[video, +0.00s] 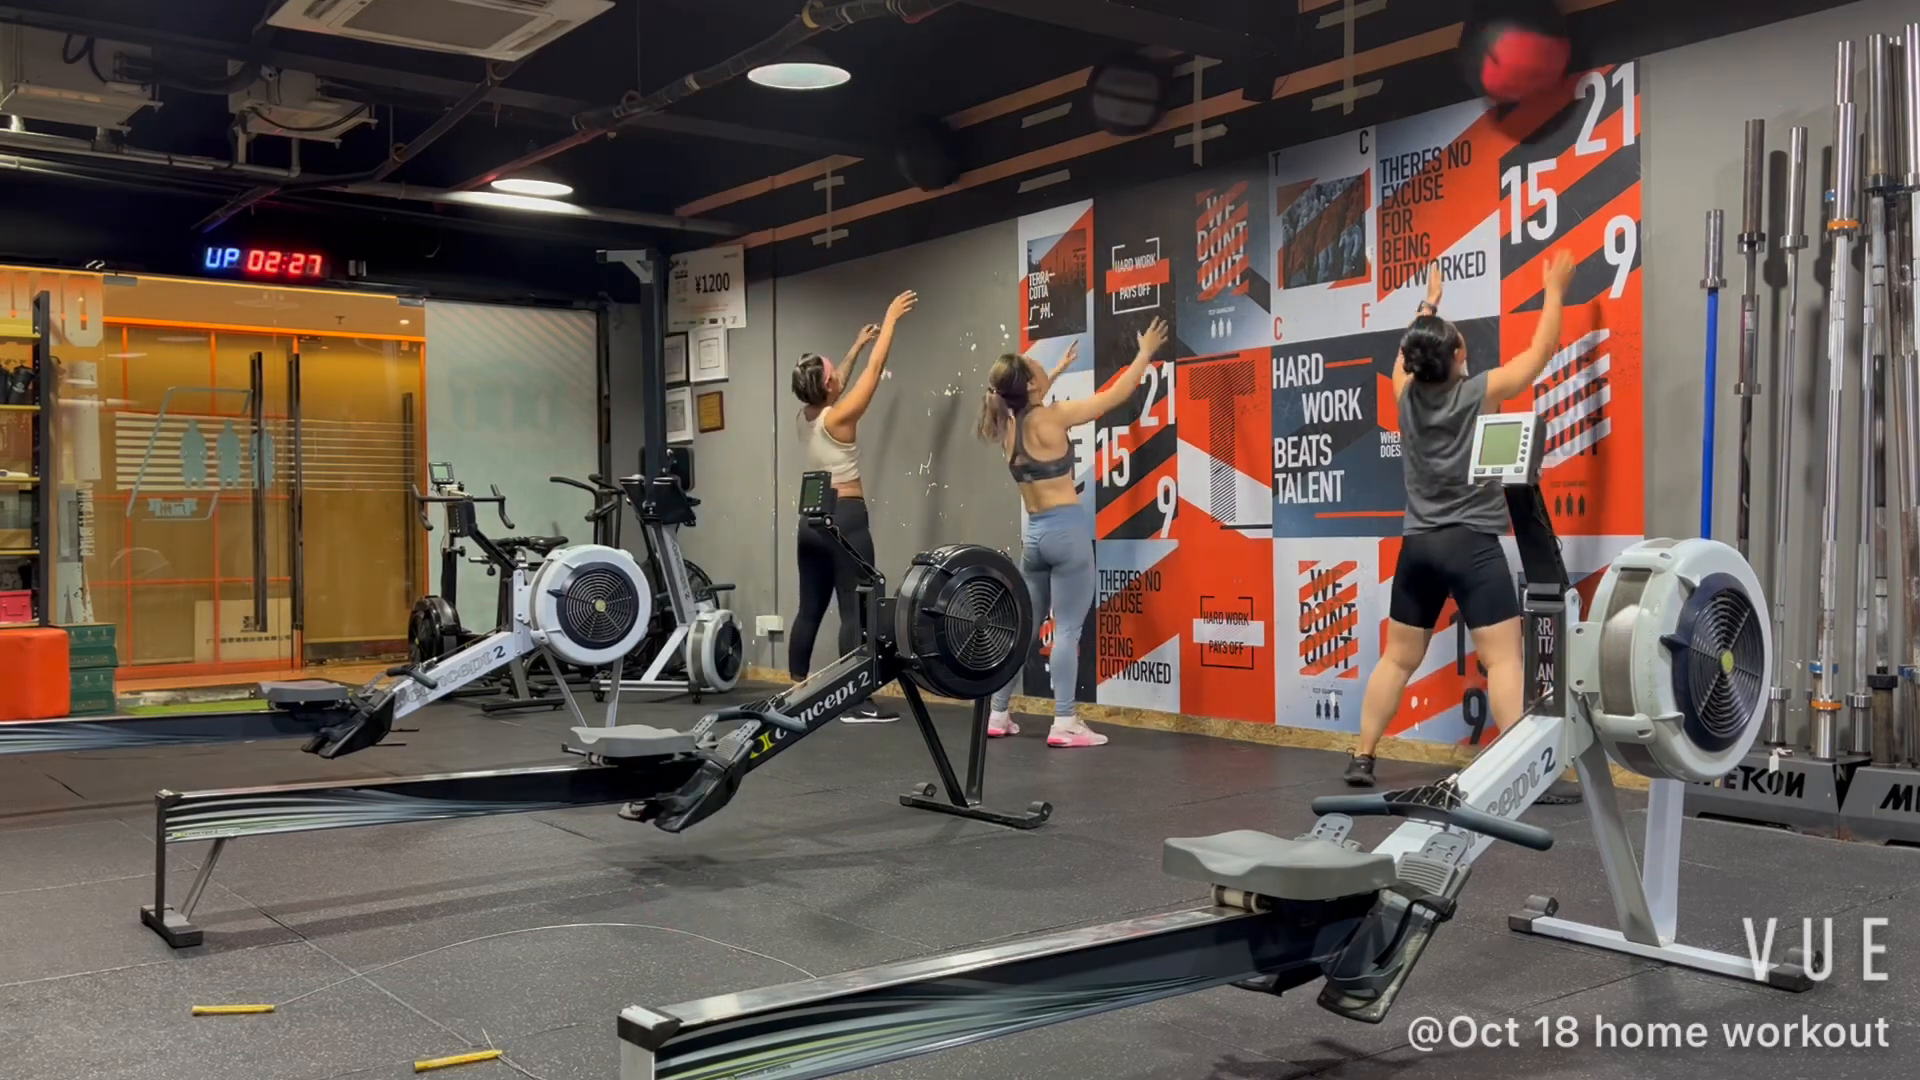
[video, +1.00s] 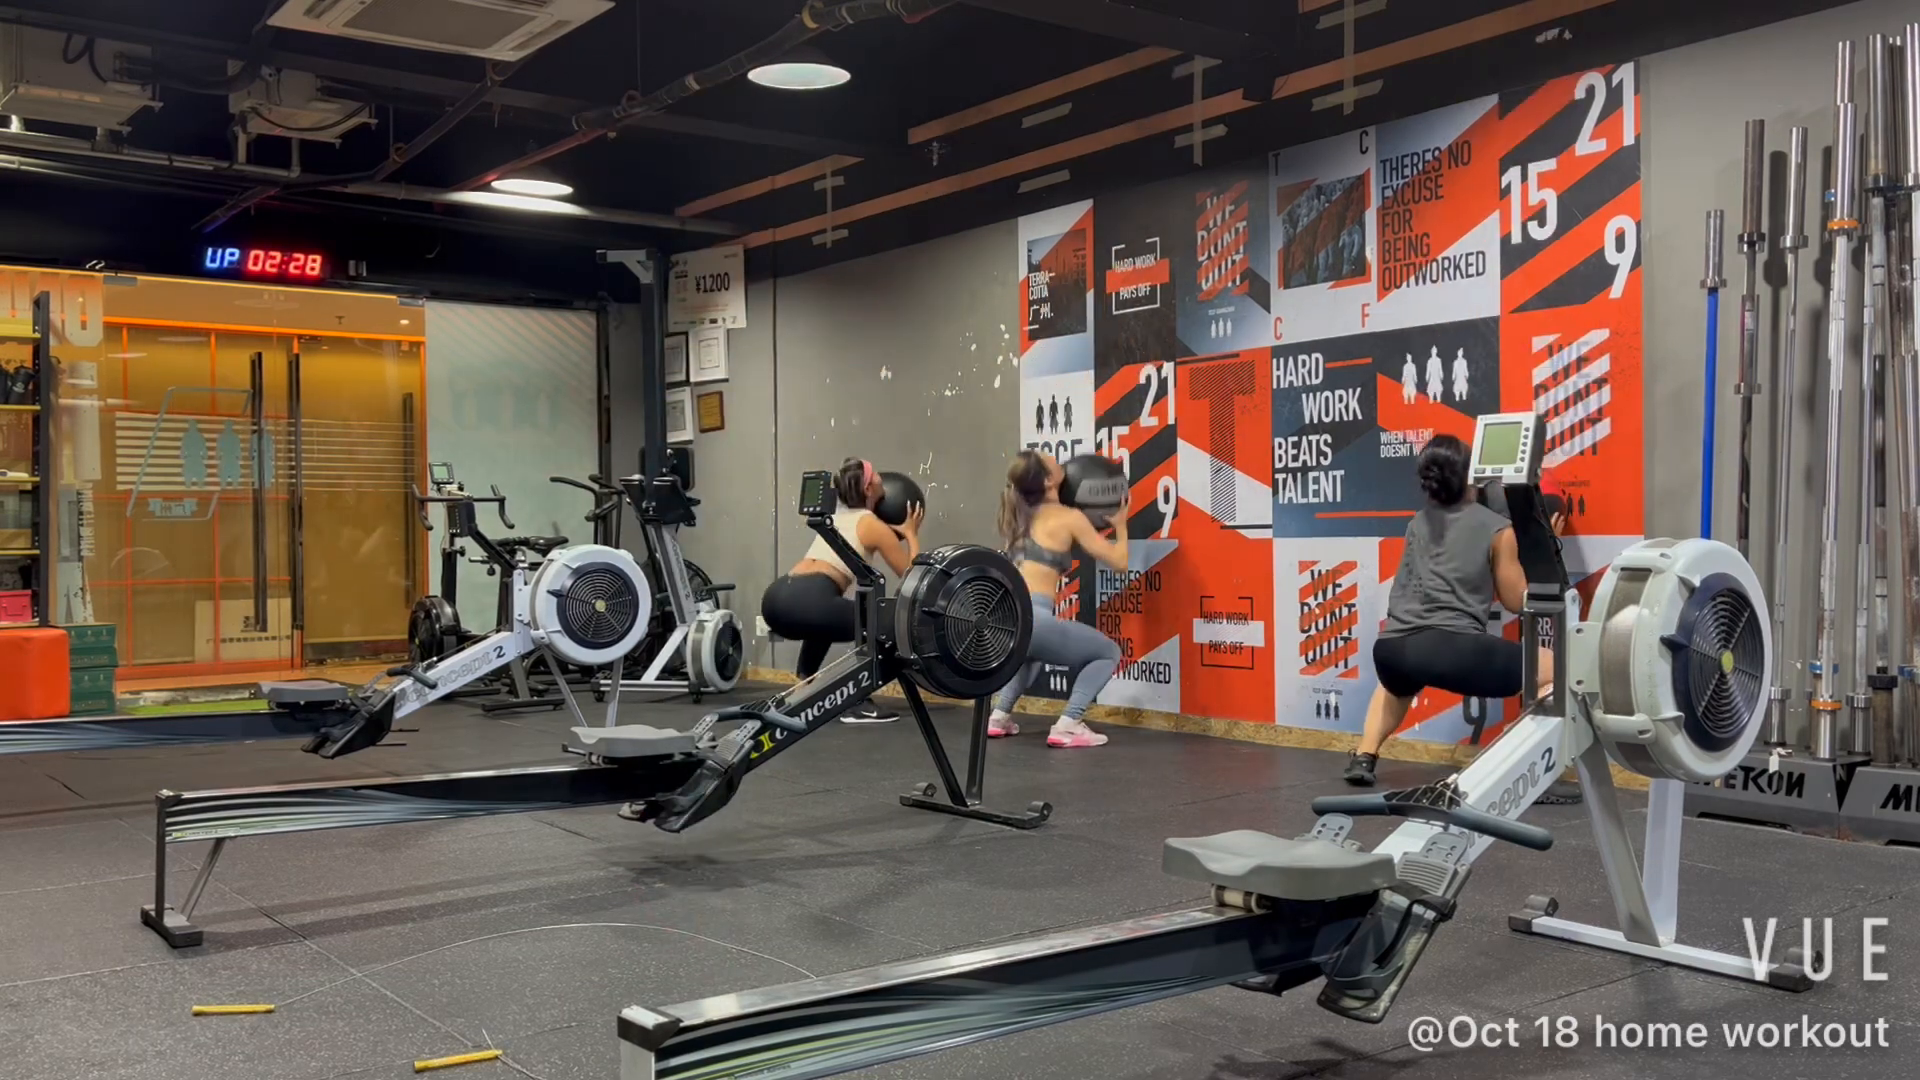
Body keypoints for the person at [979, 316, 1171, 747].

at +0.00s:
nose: (1043, 378)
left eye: (1040, 374)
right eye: (1038, 374)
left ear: (1014, 393)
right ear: (1031, 387)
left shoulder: (1012, 425)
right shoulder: (1055, 415)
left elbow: (1036, 400)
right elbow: (1117, 394)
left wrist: (1059, 369)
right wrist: (1145, 352)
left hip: (1034, 529)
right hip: (1067, 527)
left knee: (1022, 624)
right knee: (1067, 629)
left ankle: (997, 713)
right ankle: (1065, 722)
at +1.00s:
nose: (1057, 461)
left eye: (1051, 459)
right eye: (1053, 463)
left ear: (1025, 486)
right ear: (1048, 483)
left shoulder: (1023, 513)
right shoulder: (1069, 517)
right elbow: (1119, 561)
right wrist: (1120, 524)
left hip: (1001, 616)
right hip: (1034, 622)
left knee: (1037, 648)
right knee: (1109, 652)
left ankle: (999, 716)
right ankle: (1069, 724)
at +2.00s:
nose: (1044, 375)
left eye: (1038, 370)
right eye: (1038, 372)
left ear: (1013, 389)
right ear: (1029, 383)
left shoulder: (1009, 422)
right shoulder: (1055, 414)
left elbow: (1042, 416)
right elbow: (1119, 403)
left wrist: (1063, 386)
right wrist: (1151, 360)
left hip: (1029, 529)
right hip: (1061, 527)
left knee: (1019, 623)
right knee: (1069, 628)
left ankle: (998, 713)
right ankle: (1068, 722)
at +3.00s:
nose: (1057, 425)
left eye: (1050, 423)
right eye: (1051, 428)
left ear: (1030, 456)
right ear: (1050, 451)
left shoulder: (1025, 484)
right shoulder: (1073, 485)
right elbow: (1124, 527)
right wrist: (1125, 492)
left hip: (1007, 583)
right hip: (1040, 588)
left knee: (1038, 647)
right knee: (1109, 647)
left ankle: (1001, 715)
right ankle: (1072, 723)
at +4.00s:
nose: (1052, 373)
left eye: (1049, 370)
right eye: (1047, 370)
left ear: (1019, 388)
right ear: (1039, 382)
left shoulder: (1019, 420)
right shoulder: (1062, 412)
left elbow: (1050, 401)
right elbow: (1125, 394)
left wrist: (1075, 374)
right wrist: (1152, 351)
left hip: (1033, 526)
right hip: (1066, 525)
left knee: (1024, 624)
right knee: (1072, 628)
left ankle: (1005, 713)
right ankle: (1072, 722)